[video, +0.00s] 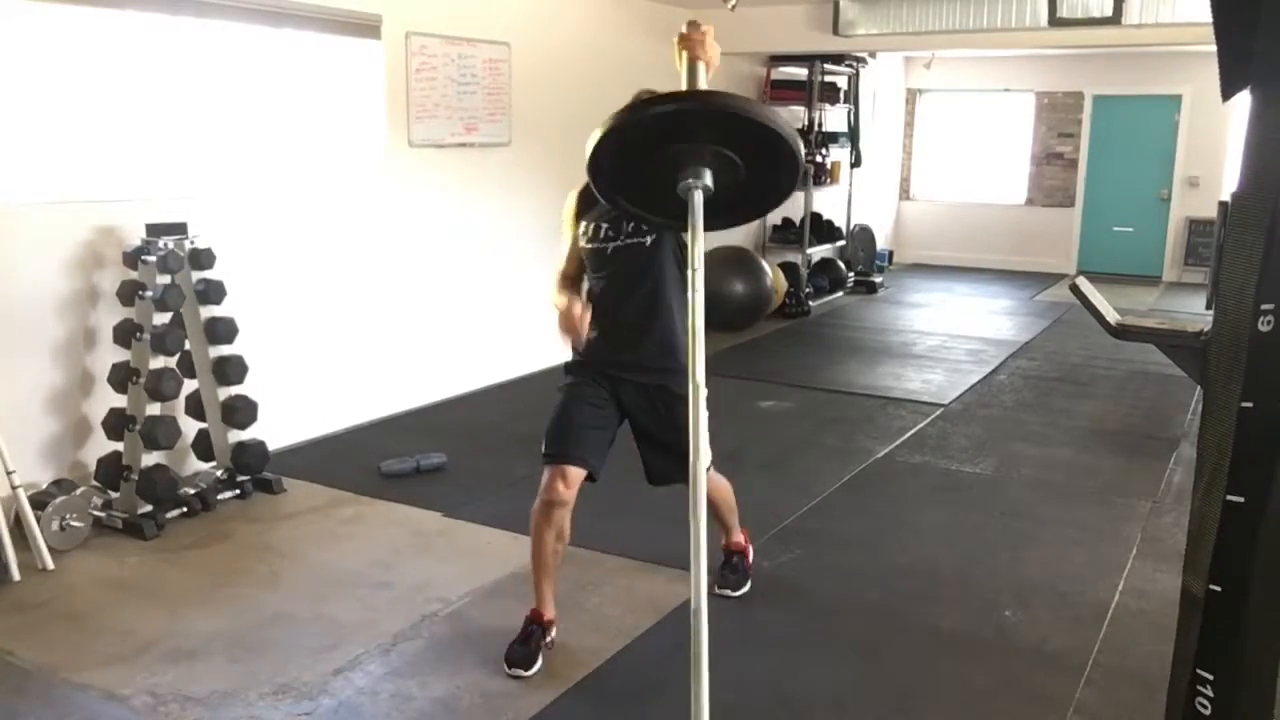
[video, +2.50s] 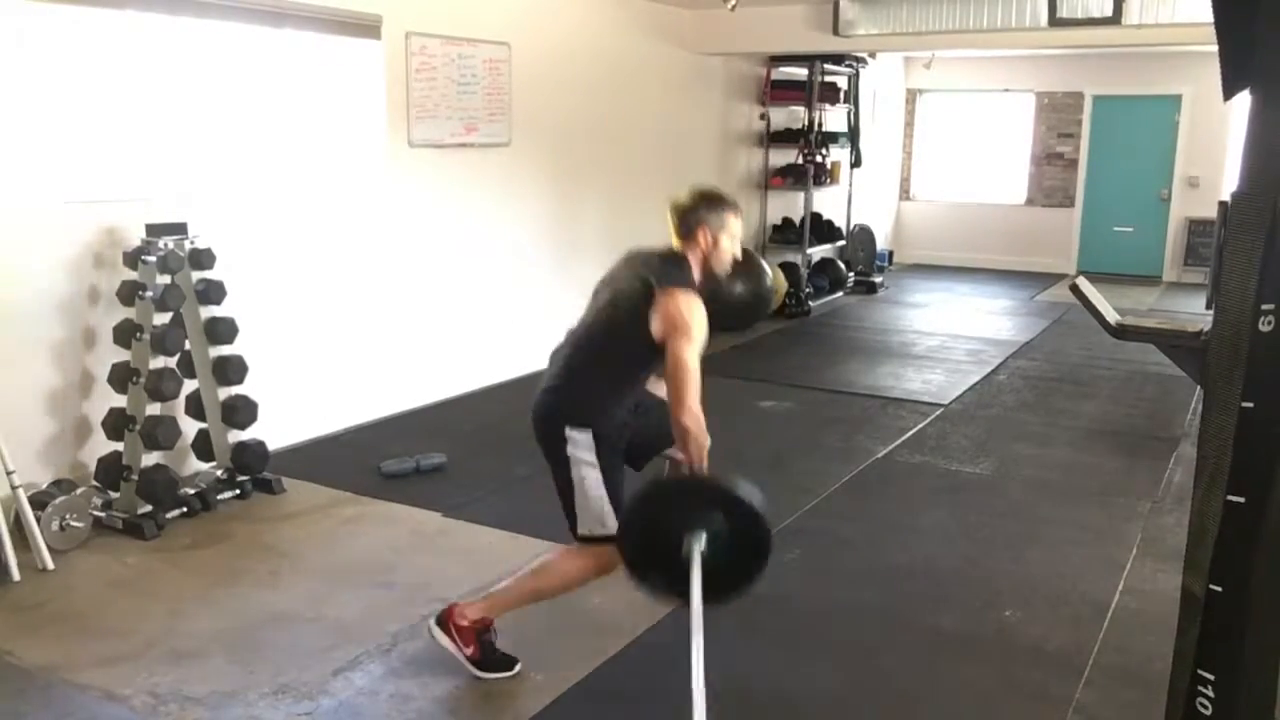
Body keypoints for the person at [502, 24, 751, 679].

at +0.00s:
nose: (634, 140)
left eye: (646, 130)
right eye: (627, 131)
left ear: (663, 138)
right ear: (611, 138)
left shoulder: (677, 192)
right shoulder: (590, 198)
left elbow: (704, 133)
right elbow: (571, 272)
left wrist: (701, 67)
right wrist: (570, 303)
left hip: (666, 369)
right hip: (598, 366)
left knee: (697, 475)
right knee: (558, 484)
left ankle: (736, 541)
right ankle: (541, 614)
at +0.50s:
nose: (711, 165)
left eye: (712, 152)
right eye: (704, 151)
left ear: (673, 150)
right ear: (668, 147)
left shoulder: (662, 206)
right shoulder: (623, 209)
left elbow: (659, 284)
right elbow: (599, 294)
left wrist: (701, 308)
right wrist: (679, 314)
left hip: (626, 353)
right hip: (581, 362)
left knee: (677, 445)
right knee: (581, 509)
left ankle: (675, 565)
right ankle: (475, 620)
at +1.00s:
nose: (744, 275)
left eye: (745, 263)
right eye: (740, 262)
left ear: (697, 260)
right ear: (712, 262)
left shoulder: (633, 282)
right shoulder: (702, 330)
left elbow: (574, 345)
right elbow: (701, 439)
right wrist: (691, 526)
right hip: (577, 428)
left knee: (685, 446)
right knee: (604, 570)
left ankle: (677, 562)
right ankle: (463, 624)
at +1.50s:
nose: (664, 144)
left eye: (675, 134)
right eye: (656, 132)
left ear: (691, 138)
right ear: (638, 130)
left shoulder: (701, 192)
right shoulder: (603, 179)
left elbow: (737, 249)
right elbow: (535, 244)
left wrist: (720, 161)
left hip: (675, 353)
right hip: (607, 349)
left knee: (693, 470)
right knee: (562, 473)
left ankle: (748, 536)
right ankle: (539, 601)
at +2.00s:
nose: (659, 134)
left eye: (668, 123)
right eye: (648, 121)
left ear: (679, 127)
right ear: (618, 117)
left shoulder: (677, 175)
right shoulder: (579, 176)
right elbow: (552, 264)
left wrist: (706, 167)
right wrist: (618, 223)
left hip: (664, 348)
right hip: (590, 353)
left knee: (699, 459)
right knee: (577, 493)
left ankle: (710, 545)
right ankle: (544, 605)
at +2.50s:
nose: (738, 251)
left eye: (740, 240)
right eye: (734, 238)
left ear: (693, 236)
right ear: (704, 237)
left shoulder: (646, 265)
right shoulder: (684, 303)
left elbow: (634, 361)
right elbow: (688, 417)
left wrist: (683, 436)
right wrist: (703, 480)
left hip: (616, 401)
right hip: (576, 417)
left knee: (688, 444)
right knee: (604, 549)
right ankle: (469, 616)